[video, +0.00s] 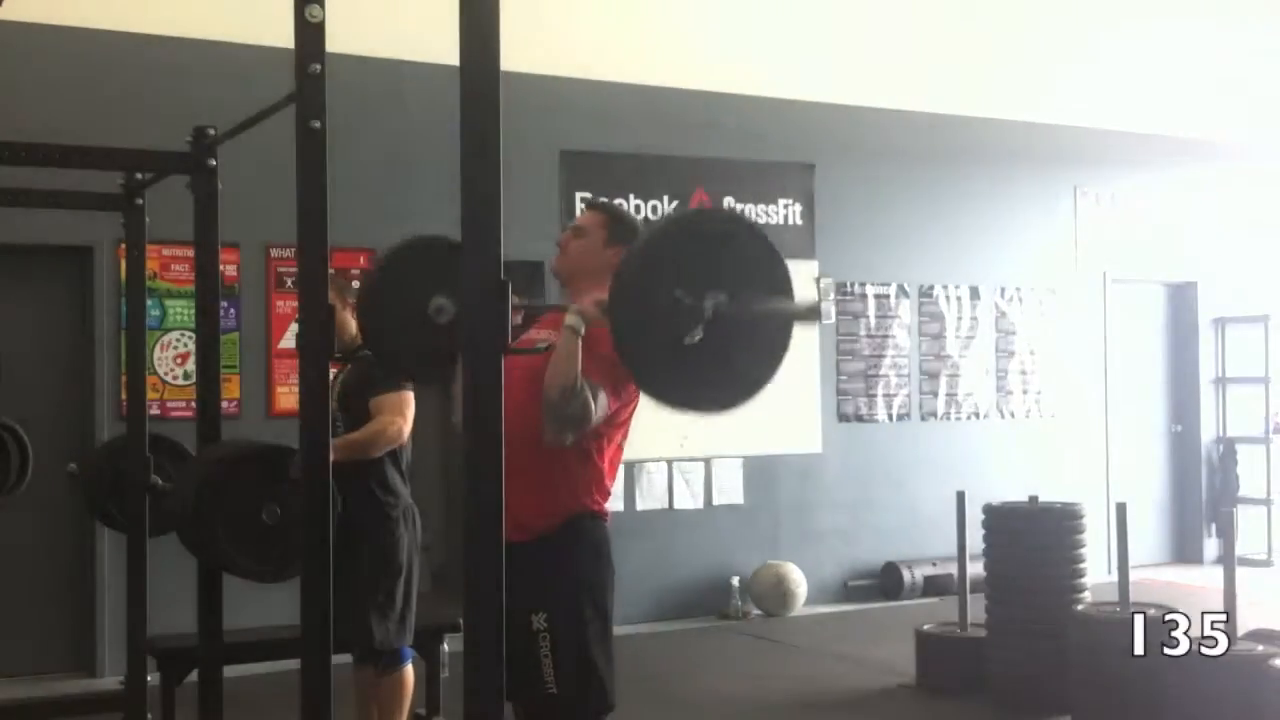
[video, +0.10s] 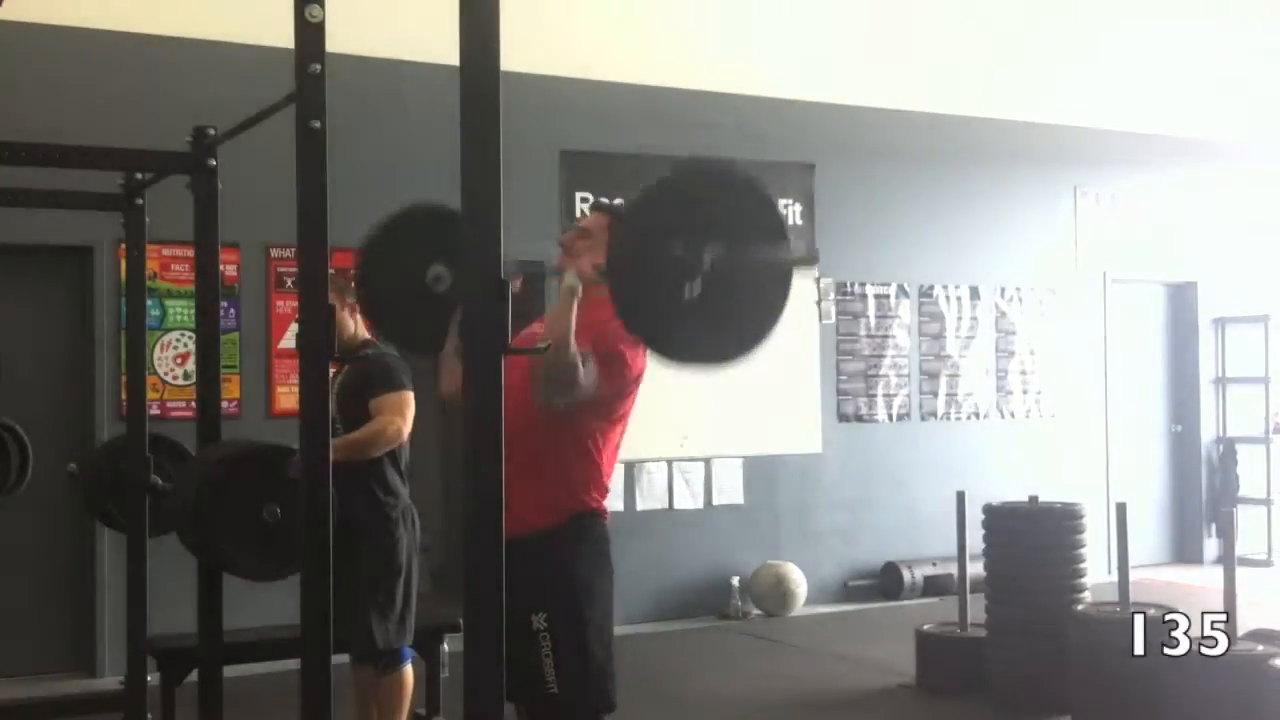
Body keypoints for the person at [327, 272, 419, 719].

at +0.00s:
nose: (322, 323)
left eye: (328, 311)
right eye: (319, 314)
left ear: (353, 309)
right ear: (332, 315)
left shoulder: (383, 359)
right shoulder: (345, 370)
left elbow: (395, 427)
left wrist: (328, 449)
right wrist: (316, 450)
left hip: (385, 515)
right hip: (355, 512)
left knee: (387, 644)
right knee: (362, 643)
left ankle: (393, 718)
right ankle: (369, 716)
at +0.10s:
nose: (321, 324)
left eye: (327, 312)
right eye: (319, 314)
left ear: (352, 310)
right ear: (338, 313)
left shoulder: (382, 362)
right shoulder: (341, 369)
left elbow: (395, 427)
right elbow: (335, 428)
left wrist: (327, 449)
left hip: (384, 517)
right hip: (351, 515)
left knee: (387, 645)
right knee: (360, 644)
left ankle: (393, 718)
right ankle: (368, 715)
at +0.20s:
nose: (319, 327)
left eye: (324, 315)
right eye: (315, 318)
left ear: (347, 310)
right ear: (326, 317)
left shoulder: (381, 365)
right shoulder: (338, 371)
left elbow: (394, 430)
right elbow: (329, 427)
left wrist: (325, 451)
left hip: (382, 516)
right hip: (349, 515)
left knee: (386, 644)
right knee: (360, 644)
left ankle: (393, 718)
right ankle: (369, 715)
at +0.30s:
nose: (318, 330)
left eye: (324, 318)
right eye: (314, 321)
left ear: (346, 313)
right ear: (325, 318)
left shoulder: (379, 366)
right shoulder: (337, 371)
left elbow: (392, 435)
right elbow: (331, 430)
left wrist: (325, 454)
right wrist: (307, 457)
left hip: (379, 516)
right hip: (349, 514)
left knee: (383, 646)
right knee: (361, 646)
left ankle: (391, 718)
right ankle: (369, 716)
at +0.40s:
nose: (316, 334)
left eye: (322, 321)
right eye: (313, 324)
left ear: (344, 314)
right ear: (332, 318)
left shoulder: (373, 365)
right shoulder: (335, 369)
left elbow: (388, 436)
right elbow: (335, 435)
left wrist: (326, 465)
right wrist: (305, 469)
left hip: (375, 516)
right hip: (346, 513)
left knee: (380, 646)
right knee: (360, 644)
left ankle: (389, 718)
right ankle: (367, 717)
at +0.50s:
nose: (315, 331)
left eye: (321, 319)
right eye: (311, 321)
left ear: (342, 315)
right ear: (327, 318)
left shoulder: (369, 366)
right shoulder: (327, 370)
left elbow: (382, 436)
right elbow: (326, 438)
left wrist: (319, 474)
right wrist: (299, 478)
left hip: (374, 513)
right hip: (344, 511)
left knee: (377, 646)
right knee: (360, 645)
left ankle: (388, 718)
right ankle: (368, 717)